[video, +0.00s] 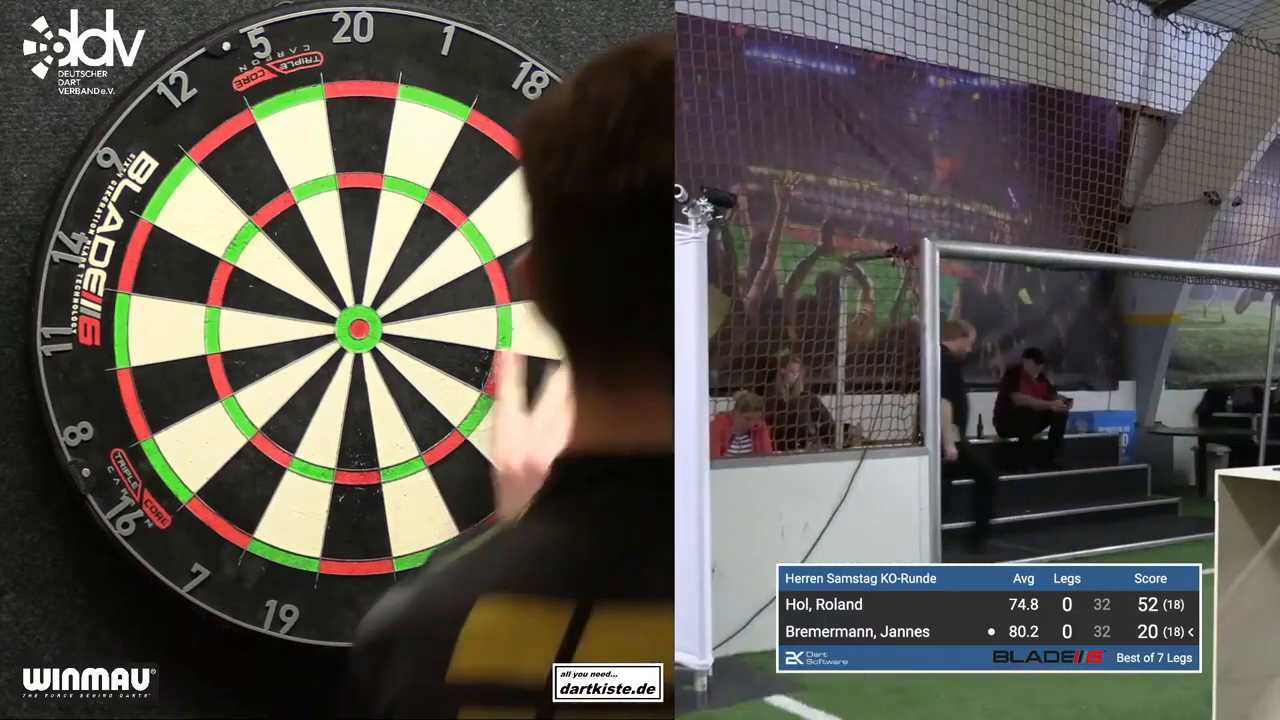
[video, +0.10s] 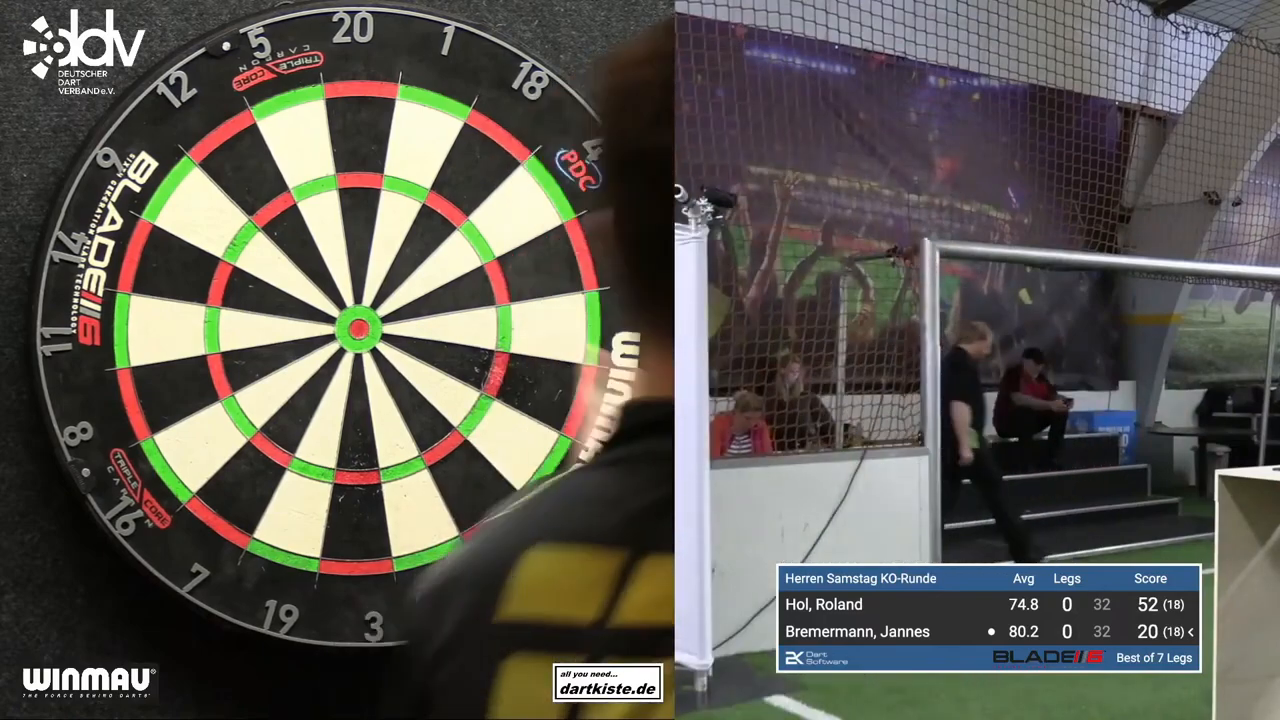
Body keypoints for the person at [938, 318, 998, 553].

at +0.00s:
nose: (969, 349)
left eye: (970, 344)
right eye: (968, 343)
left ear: (953, 339)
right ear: (955, 339)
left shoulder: (940, 358)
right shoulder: (947, 362)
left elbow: (943, 403)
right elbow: (944, 404)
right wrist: (948, 442)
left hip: (941, 441)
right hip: (950, 442)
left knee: (940, 492)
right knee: (986, 475)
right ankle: (979, 536)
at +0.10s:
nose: (988, 350)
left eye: (989, 346)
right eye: (986, 345)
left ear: (966, 341)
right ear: (973, 342)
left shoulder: (952, 360)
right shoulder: (961, 363)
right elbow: (959, 405)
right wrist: (964, 445)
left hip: (950, 442)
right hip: (968, 443)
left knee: (944, 499)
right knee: (995, 493)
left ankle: (926, 550)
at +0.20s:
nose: (988, 351)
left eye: (989, 346)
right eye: (986, 345)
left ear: (966, 341)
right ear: (973, 342)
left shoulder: (952, 360)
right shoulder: (961, 363)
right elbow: (959, 405)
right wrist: (964, 445)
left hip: (950, 442)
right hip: (968, 443)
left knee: (944, 499)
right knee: (995, 493)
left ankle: (926, 550)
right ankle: (1023, 549)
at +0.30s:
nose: (1017, 352)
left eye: (1018, 347)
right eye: (1016, 346)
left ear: (995, 342)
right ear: (1005, 343)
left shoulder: (979, 363)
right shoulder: (993, 366)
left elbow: (1011, 397)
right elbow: (992, 411)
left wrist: (1048, 405)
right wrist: (998, 450)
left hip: (973, 444)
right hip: (990, 446)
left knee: (965, 495)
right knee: (1014, 500)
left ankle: (935, 542)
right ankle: (1031, 553)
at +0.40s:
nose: (1036, 347)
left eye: (1037, 342)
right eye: (1035, 341)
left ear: (1016, 339)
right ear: (1023, 339)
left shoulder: (1001, 359)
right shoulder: (1012, 363)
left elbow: (1015, 400)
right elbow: (1016, 405)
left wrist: (1047, 405)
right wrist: (1028, 443)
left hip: (997, 443)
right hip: (1009, 445)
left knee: (996, 493)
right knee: (1028, 500)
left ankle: (953, 539)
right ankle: (1033, 557)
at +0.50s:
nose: (1047, 344)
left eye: (1048, 340)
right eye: (1046, 339)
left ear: (1025, 337)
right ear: (1032, 336)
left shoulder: (1013, 357)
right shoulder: (1022, 360)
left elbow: (1020, 398)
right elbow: (1028, 401)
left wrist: (1049, 404)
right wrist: (1044, 437)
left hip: (1013, 441)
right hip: (1021, 443)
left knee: (1020, 492)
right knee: (1032, 498)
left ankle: (976, 532)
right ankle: (1033, 558)